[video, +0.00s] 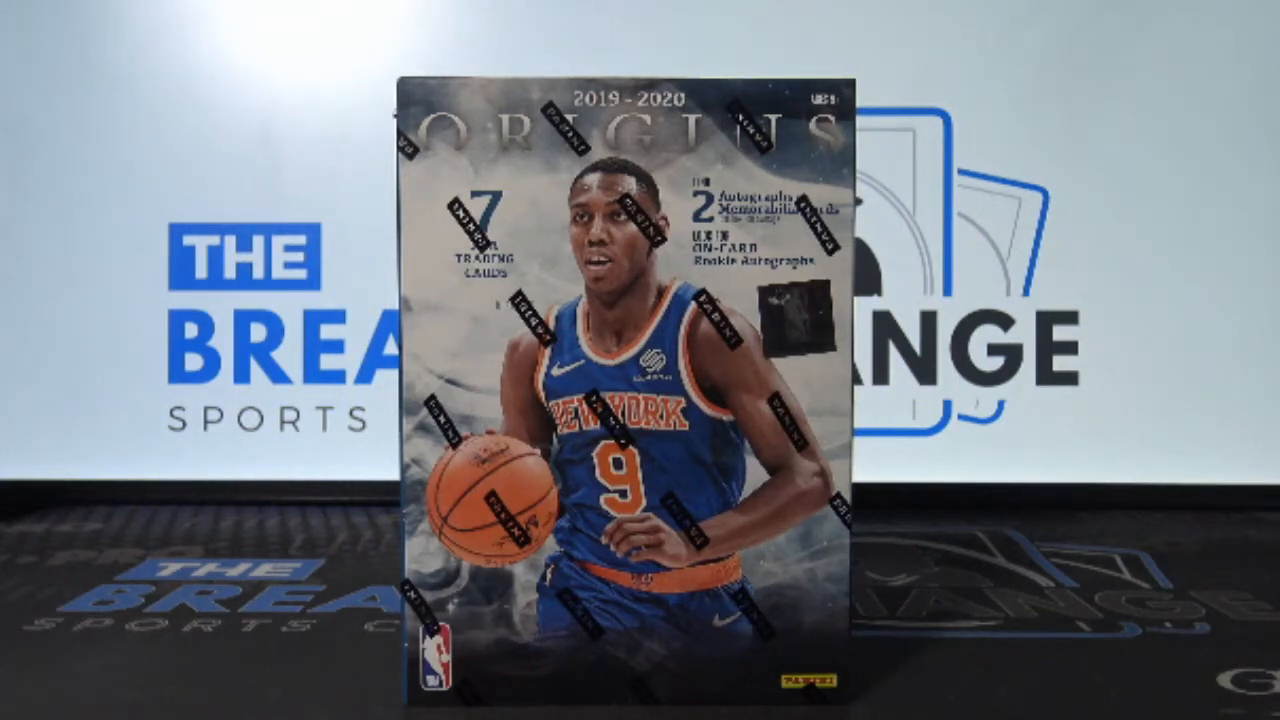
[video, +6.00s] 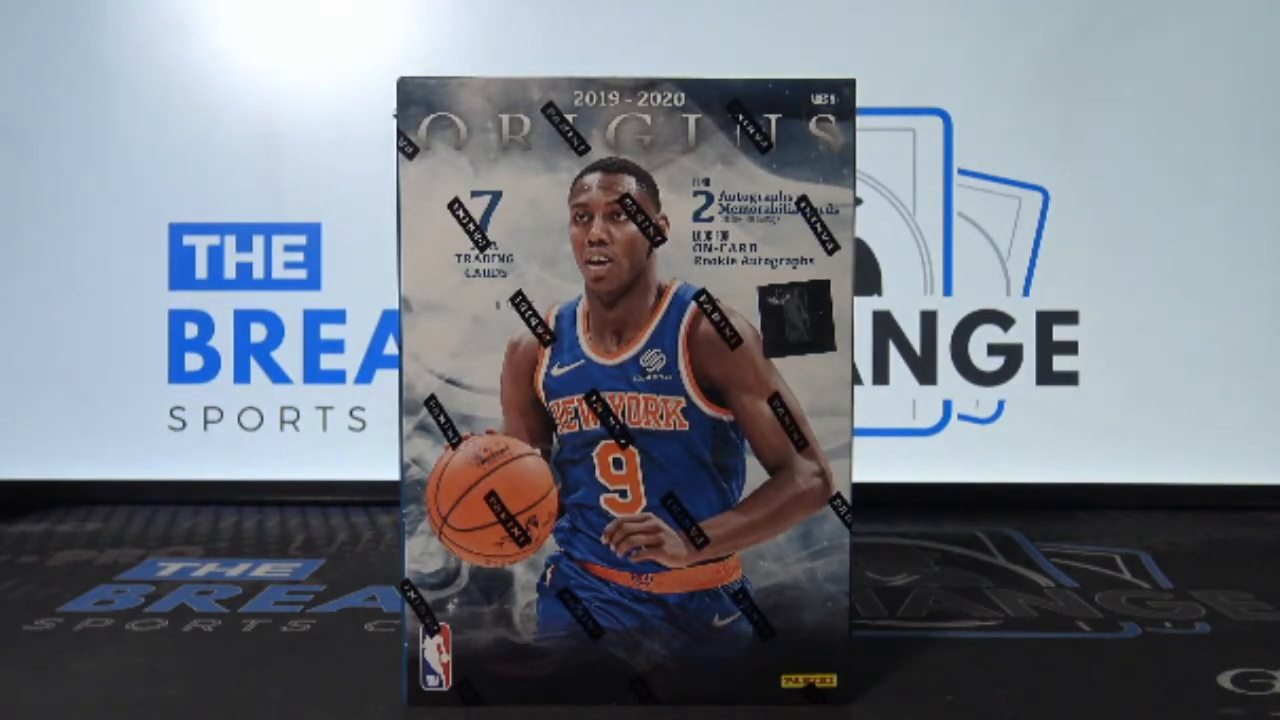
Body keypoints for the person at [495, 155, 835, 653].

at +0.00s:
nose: (595, 235)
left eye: (618, 216)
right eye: (581, 218)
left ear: (657, 230)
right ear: (569, 232)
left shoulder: (712, 334)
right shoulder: (534, 353)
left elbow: (809, 476)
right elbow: (526, 487)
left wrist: (695, 542)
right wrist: (477, 471)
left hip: (698, 613)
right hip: (583, 606)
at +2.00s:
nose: (595, 234)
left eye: (617, 216)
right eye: (582, 218)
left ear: (657, 230)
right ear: (570, 231)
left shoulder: (712, 334)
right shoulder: (534, 352)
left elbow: (809, 476)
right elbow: (525, 486)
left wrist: (694, 544)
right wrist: (479, 469)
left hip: (697, 613)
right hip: (583, 606)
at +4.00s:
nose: (595, 235)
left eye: (617, 216)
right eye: (582, 218)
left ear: (657, 230)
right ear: (570, 232)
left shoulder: (712, 334)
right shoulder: (534, 353)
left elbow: (809, 476)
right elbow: (525, 488)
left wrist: (695, 543)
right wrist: (475, 473)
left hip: (697, 612)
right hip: (582, 605)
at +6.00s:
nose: (595, 235)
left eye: (617, 216)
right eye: (582, 218)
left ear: (657, 230)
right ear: (569, 232)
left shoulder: (713, 335)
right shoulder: (535, 352)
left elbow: (810, 477)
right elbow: (530, 489)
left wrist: (696, 541)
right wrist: (485, 467)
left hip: (697, 614)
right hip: (582, 606)